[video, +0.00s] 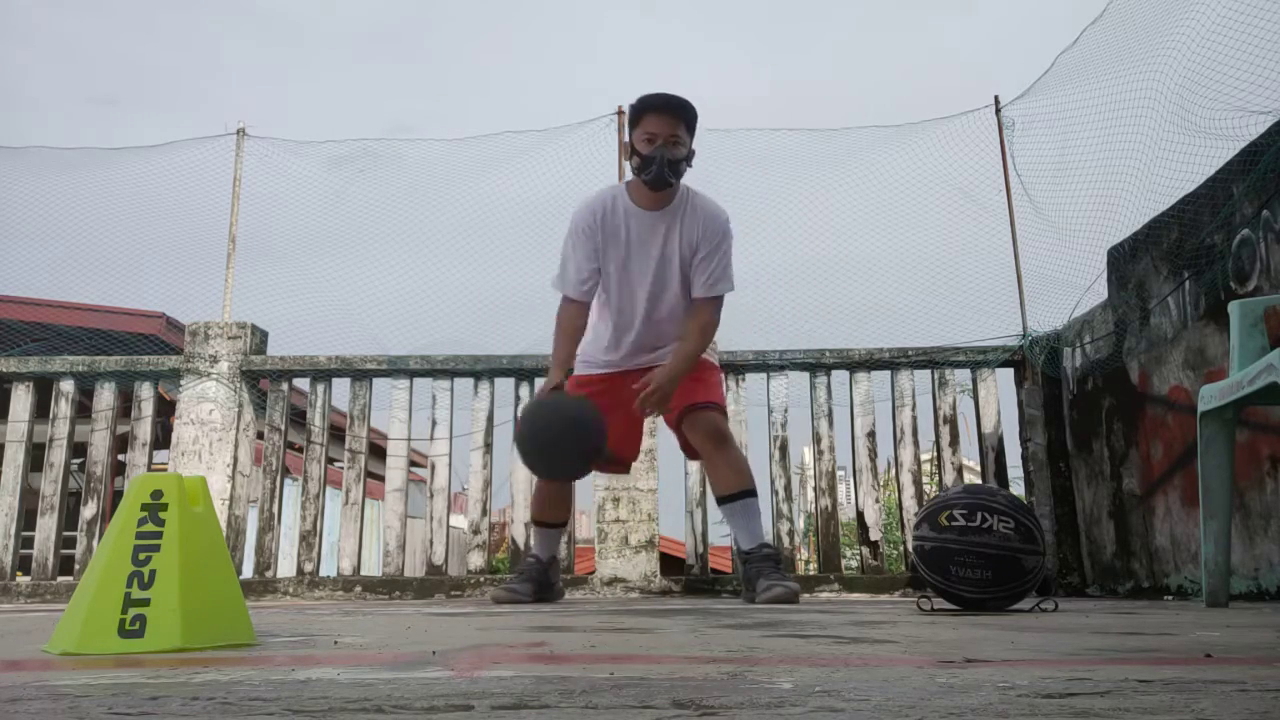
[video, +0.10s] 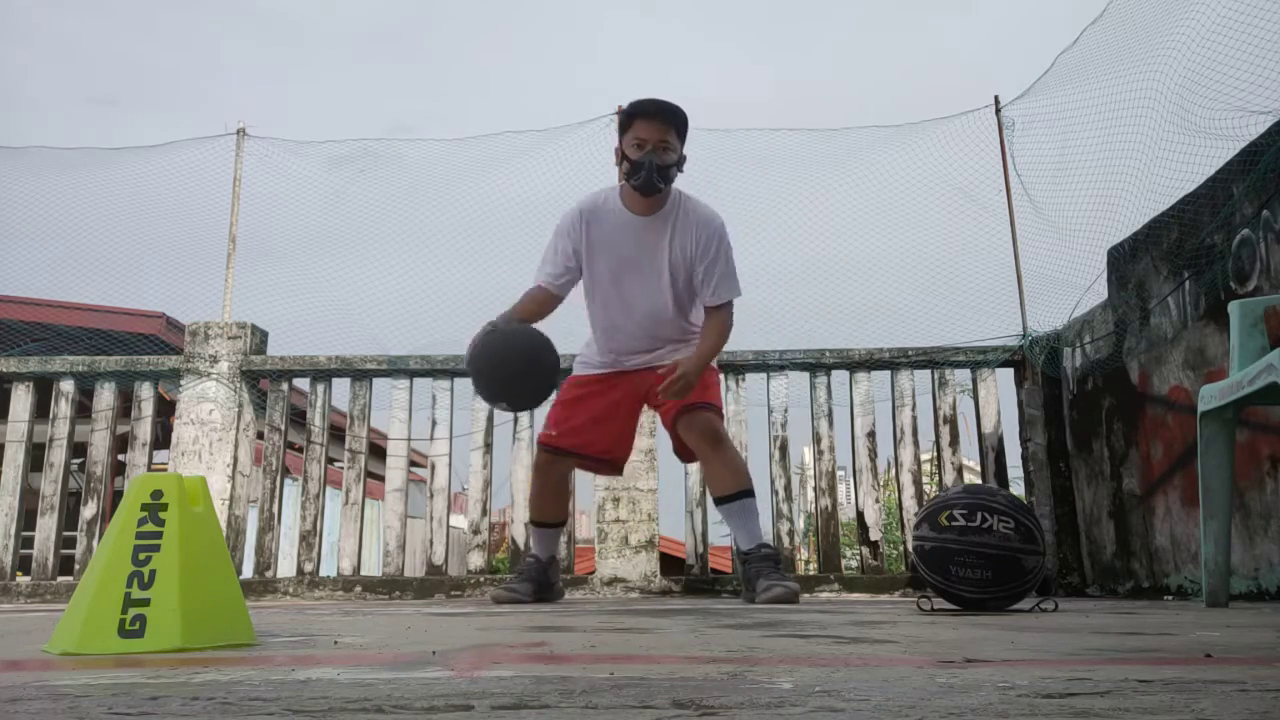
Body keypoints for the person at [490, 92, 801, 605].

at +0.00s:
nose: (659, 153)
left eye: (672, 143)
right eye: (648, 141)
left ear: (689, 151)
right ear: (630, 145)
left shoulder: (707, 221)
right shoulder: (595, 216)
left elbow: (706, 316)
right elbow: (574, 303)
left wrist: (672, 372)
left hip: (680, 359)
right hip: (602, 364)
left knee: (710, 429)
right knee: (558, 441)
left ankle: (759, 563)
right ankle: (541, 568)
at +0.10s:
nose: (647, 159)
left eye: (661, 149)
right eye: (637, 147)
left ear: (679, 157)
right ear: (619, 150)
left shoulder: (702, 225)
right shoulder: (585, 219)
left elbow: (719, 312)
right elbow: (549, 289)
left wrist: (697, 361)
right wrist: (506, 323)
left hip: (678, 359)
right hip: (603, 364)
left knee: (705, 430)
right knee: (552, 451)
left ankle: (758, 561)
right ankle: (541, 566)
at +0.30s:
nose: (673, 149)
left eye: (686, 140)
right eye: (662, 136)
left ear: (704, 148)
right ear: (643, 139)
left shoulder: (722, 221)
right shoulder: (602, 208)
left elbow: (737, 305)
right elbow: (574, 290)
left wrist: (746, 378)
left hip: (685, 354)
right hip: (607, 359)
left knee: (711, 426)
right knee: (564, 443)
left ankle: (758, 563)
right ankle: (541, 568)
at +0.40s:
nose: (701, 152)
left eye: (715, 142)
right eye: (690, 139)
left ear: (730, 151)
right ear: (670, 143)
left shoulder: (740, 226)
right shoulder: (628, 210)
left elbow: (743, 318)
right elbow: (612, 303)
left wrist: (747, 401)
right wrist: (621, 387)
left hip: (691, 354)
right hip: (618, 357)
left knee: (721, 423)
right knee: (565, 464)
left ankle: (758, 563)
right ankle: (542, 569)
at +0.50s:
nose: (725, 156)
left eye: (738, 147)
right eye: (714, 144)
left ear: (752, 158)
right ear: (692, 148)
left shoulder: (754, 234)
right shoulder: (650, 210)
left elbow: (749, 323)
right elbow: (631, 306)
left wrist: (749, 405)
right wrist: (662, 383)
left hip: (705, 354)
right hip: (630, 353)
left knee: (734, 417)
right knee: (575, 472)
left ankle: (760, 564)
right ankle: (544, 565)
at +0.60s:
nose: (736, 155)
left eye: (749, 146)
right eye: (725, 143)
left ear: (762, 156)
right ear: (702, 146)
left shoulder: (763, 227)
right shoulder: (659, 206)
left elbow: (765, 300)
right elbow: (634, 299)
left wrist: (790, 365)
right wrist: (692, 351)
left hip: (709, 354)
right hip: (634, 356)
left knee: (738, 420)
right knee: (585, 467)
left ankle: (761, 565)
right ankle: (544, 561)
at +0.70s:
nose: (734, 148)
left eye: (747, 139)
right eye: (722, 135)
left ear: (759, 148)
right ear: (698, 139)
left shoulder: (760, 214)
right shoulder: (657, 200)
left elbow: (774, 284)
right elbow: (643, 295)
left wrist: (817, 319)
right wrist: (710, 331)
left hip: (705, 348)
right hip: (631, 351)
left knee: (733, 422)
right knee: (582, 460)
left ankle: (761, 564)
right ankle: (542, 557)